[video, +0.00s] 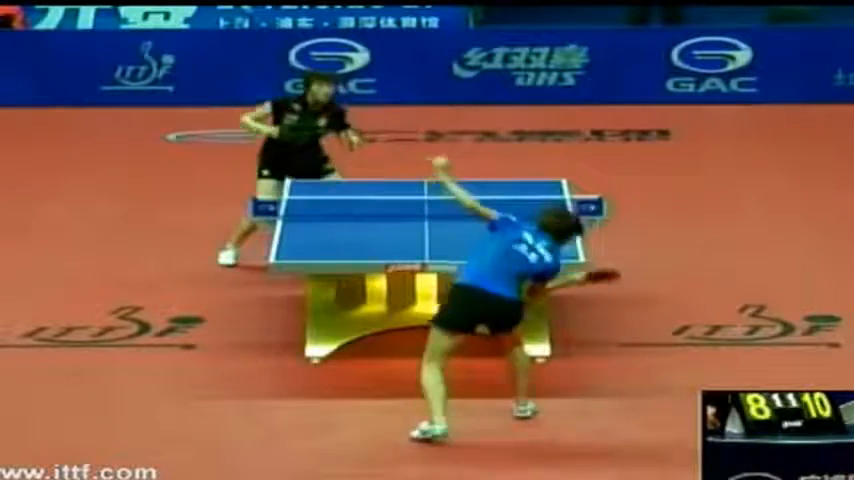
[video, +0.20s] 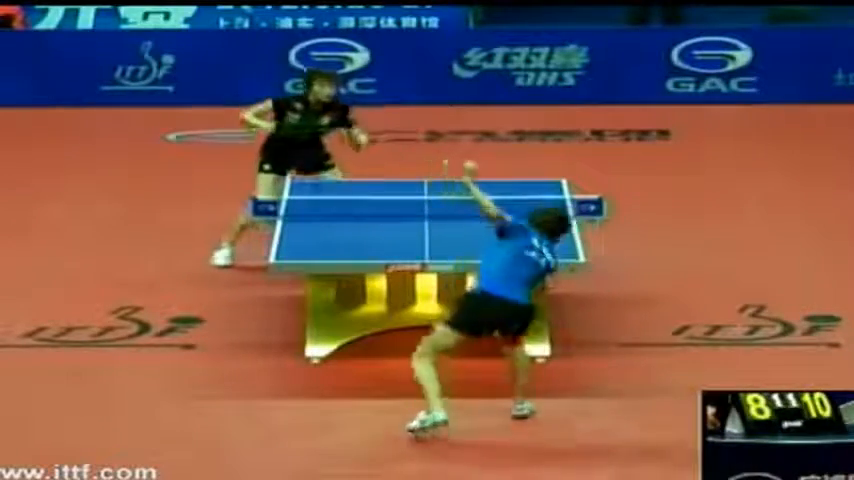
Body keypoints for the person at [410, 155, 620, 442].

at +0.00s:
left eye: (548, 213)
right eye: (567, 236)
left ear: (543, 218)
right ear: (564, 237)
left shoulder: (511, 224)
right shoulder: (551, 261)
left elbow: (473, 207)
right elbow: (533, 295)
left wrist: (444, 177)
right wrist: (572, 281)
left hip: (467, 291)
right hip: (505, 302)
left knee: (432, 361)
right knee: (515, 345)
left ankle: (437, 422)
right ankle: (522, 403)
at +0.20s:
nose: (533, 214)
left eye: (537, 213)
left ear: (536, 219)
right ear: (557, 233)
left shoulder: (516, 229)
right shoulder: (549, 258)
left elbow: (491, 211)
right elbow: (538, 290)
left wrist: (469, 182)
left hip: (484, 300)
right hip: (518, 308)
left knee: (423, 354)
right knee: (516, 347)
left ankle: (435, 410)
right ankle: (521, 402)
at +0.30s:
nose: (518, 209)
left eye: (521, 207)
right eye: (521, 208)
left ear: (524, 211)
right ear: (547, 222)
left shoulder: (508, 223)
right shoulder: (542, 247)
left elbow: (481, 211)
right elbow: (539, 286)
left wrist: (457, 184)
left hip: (486, 298)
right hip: (522, 306)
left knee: (429, 356)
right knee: (517, 346)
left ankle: (436, 418)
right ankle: (521, 401)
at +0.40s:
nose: (501, 190)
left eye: (505, 187)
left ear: (507, 192)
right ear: (535, 197)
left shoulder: (497, 207)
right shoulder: (541, 222)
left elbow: (460, 209)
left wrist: (434, 187)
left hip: (488, 285)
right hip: (528, 289)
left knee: (447, 351)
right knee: (538, 346)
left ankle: (436, 420)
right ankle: (534, 401)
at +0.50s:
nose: (491, 194)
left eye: (494, 190)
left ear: (499, 191)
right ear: (528, 193)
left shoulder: (491, 208)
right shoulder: (540, 220)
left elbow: (452, 219)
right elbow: (539, 252)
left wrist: (428, 204)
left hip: (492, 285)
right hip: (532, 287)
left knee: (453, 352)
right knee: (545, 345)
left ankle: (438, 422)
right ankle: (563, 406)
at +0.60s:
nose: (484, 206)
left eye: (486, 202)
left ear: (492, 204)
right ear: (524, 204)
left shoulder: (488, 226)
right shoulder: (540, 231)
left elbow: (463, 253)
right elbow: (548, 271)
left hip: (494, 306)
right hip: (534, 306)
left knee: (461, 367)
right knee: (554, 361)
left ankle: (457, 435)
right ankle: (587, 417)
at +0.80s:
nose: (483, 199)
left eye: (486, 195)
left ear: (489, 197)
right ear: (520, 197)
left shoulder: (481, 221)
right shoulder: (538, 223)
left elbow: (454, 250)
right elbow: (553, 258)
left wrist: (441, 242)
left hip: (488, 296)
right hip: (531, 296)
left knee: (458, 361)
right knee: (560, 356)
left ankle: (454, 430)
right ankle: (587, 420)